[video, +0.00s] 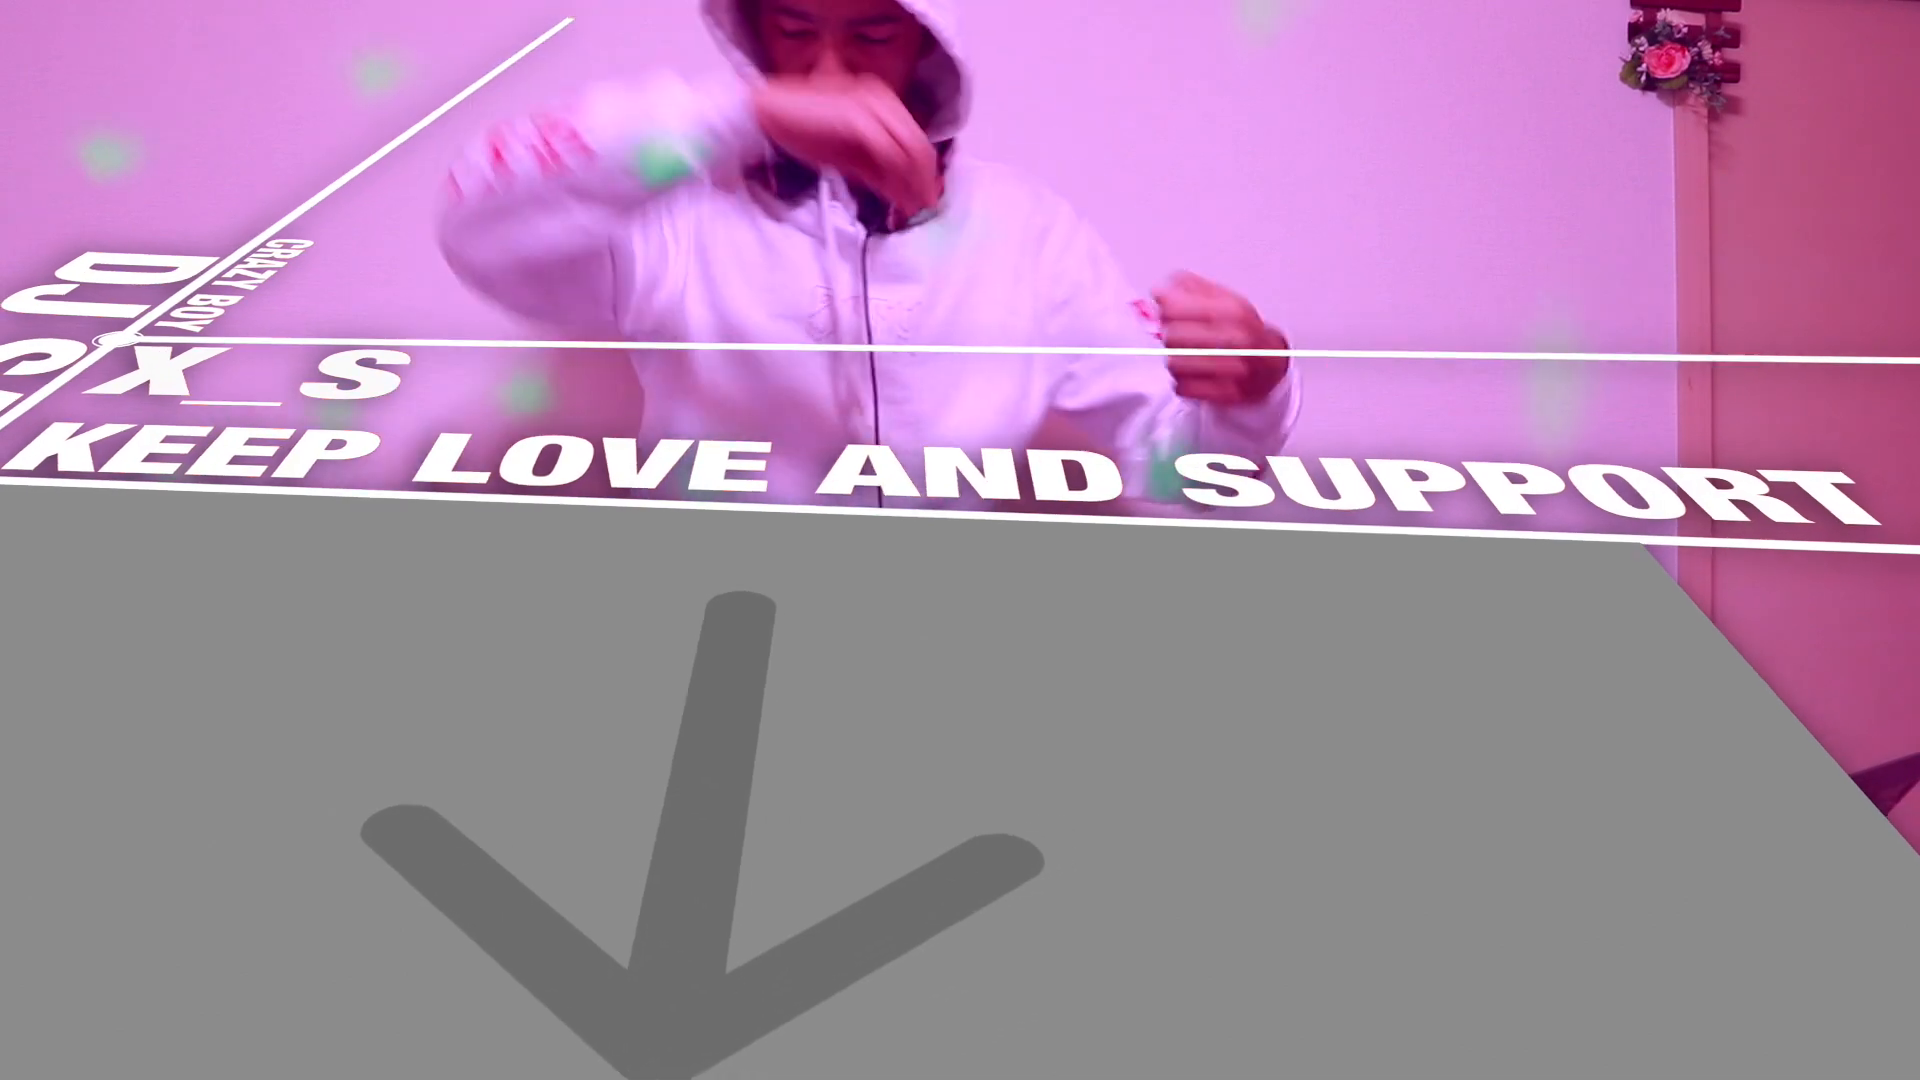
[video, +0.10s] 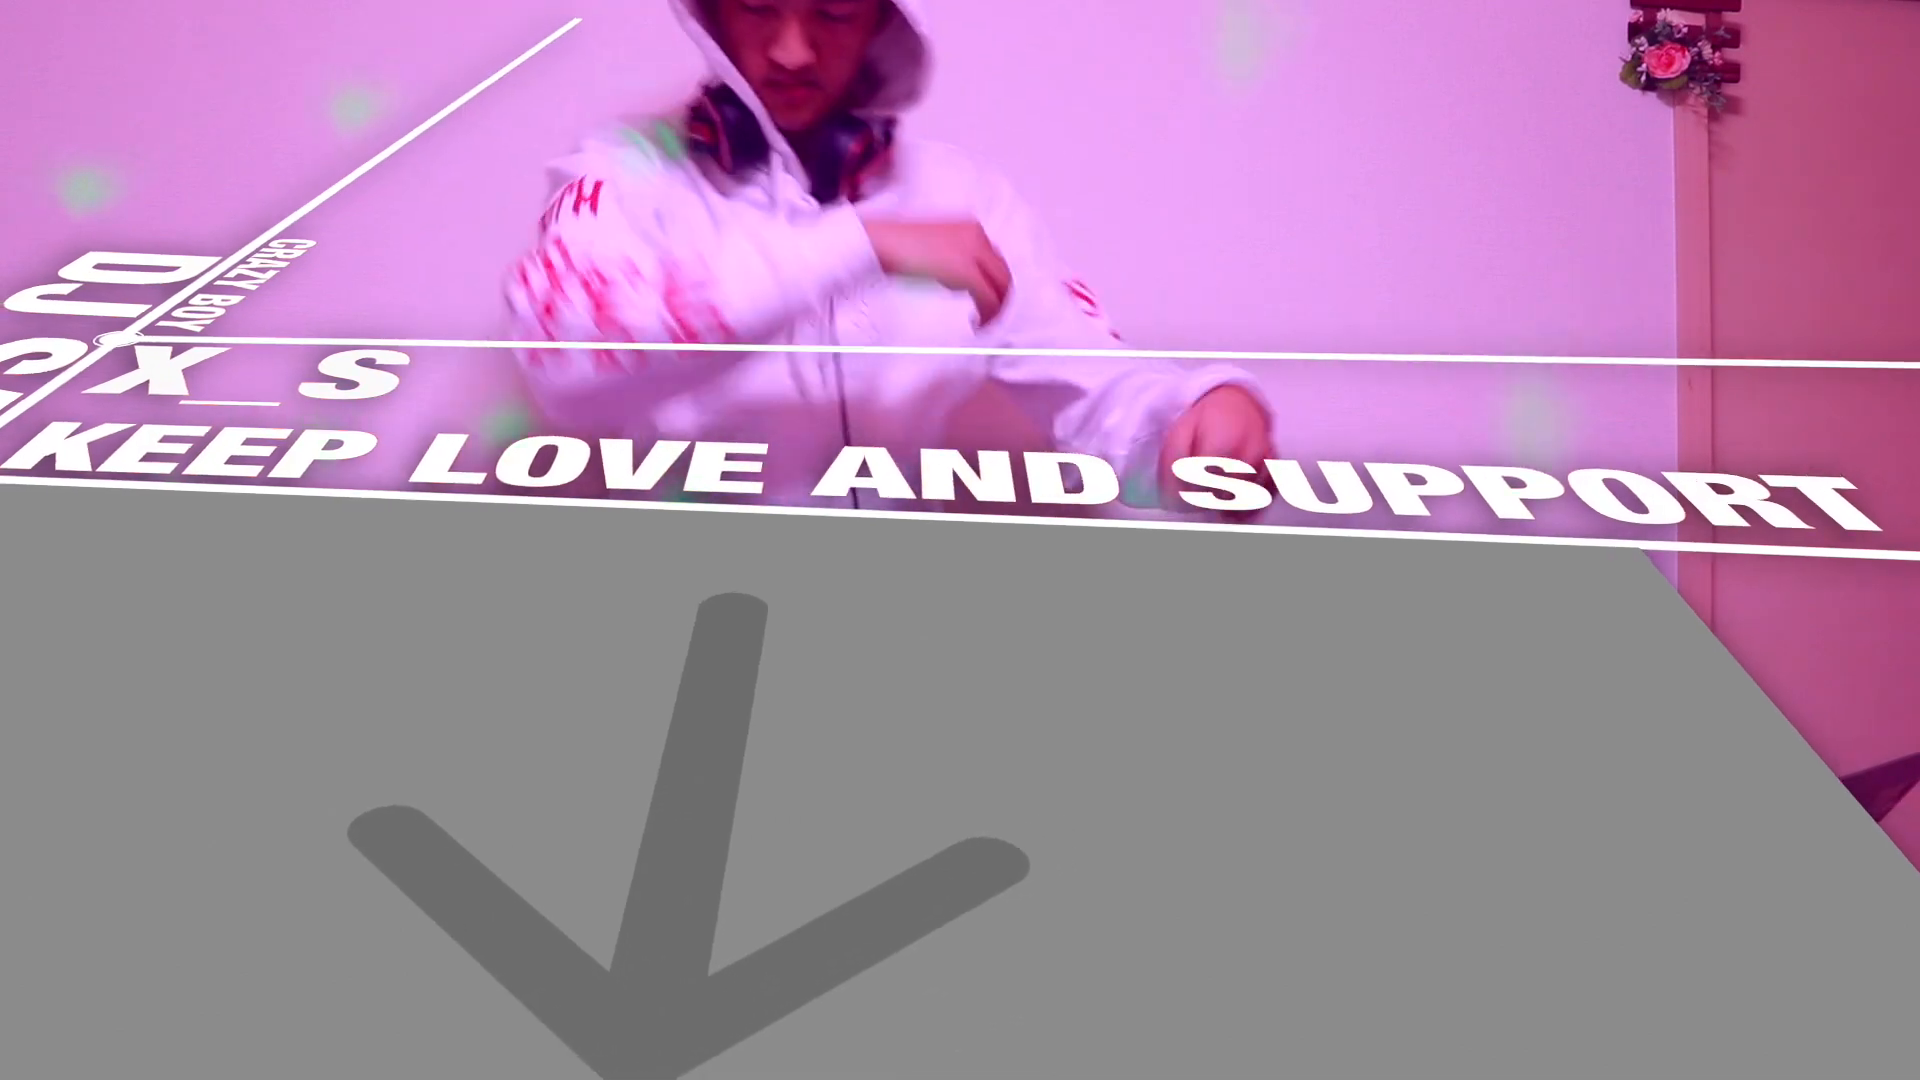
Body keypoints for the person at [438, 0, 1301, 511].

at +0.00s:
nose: (830, 73)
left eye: (867, 38)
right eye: (797, 37)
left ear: (922, 45)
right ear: (751, 43)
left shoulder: (1025, 228)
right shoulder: (674, 219)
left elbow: (1164, 473)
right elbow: (478, 231)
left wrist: (1248, 407)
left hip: (983, 618)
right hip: (735, 611)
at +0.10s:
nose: (790, 52)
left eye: (831, 15)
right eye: (759, 11)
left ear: (878, 23)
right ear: (711, 17)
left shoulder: (956, 188)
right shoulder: (629, 174)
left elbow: (1081, 389)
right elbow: (576, 380)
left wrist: (1201, 402)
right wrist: (868, 241)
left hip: (926, 565)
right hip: (698, 556)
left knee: (982, 412)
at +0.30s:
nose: (690, 32)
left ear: (762, 14)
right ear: (605, 10)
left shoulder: (844, 201)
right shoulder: (508, 195)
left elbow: (993, 353)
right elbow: (528, 450)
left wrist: (1099, 440)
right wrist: (835, 443)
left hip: (844, 583)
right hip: (617, 588)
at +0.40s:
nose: (647, 22)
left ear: (719, 7)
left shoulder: (810, 179)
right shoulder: (464, 178)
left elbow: (900, 393)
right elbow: (470, 456)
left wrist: (1014, 378)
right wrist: (754, 472)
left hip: (777, 576)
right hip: (555, 579)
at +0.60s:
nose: (618, 82)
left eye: (654, 40)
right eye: (581, 35)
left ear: (688, 46)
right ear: (517, 32)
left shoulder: (770, 208)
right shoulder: (399, 229)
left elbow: (883, 431)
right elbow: (383, 477)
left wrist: (1017, 270)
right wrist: (628, 469)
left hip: (722, 605)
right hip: (483, 613)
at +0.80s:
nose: (613, 16)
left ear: (698, 2)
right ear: (517, 9)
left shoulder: (799, 189)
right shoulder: (413, 197)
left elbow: (968, 349)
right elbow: (329, 436)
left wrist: (1056, 386)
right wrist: (534, 405)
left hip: (723, 604)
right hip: (460, 605)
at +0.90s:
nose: (638, 27)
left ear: (719, 9)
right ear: (542, 16)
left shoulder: (822, 212)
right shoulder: (429, 211)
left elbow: (1004, 385)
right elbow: (329, 439)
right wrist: (495, 408)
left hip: (734, 618)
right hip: (472, 611)